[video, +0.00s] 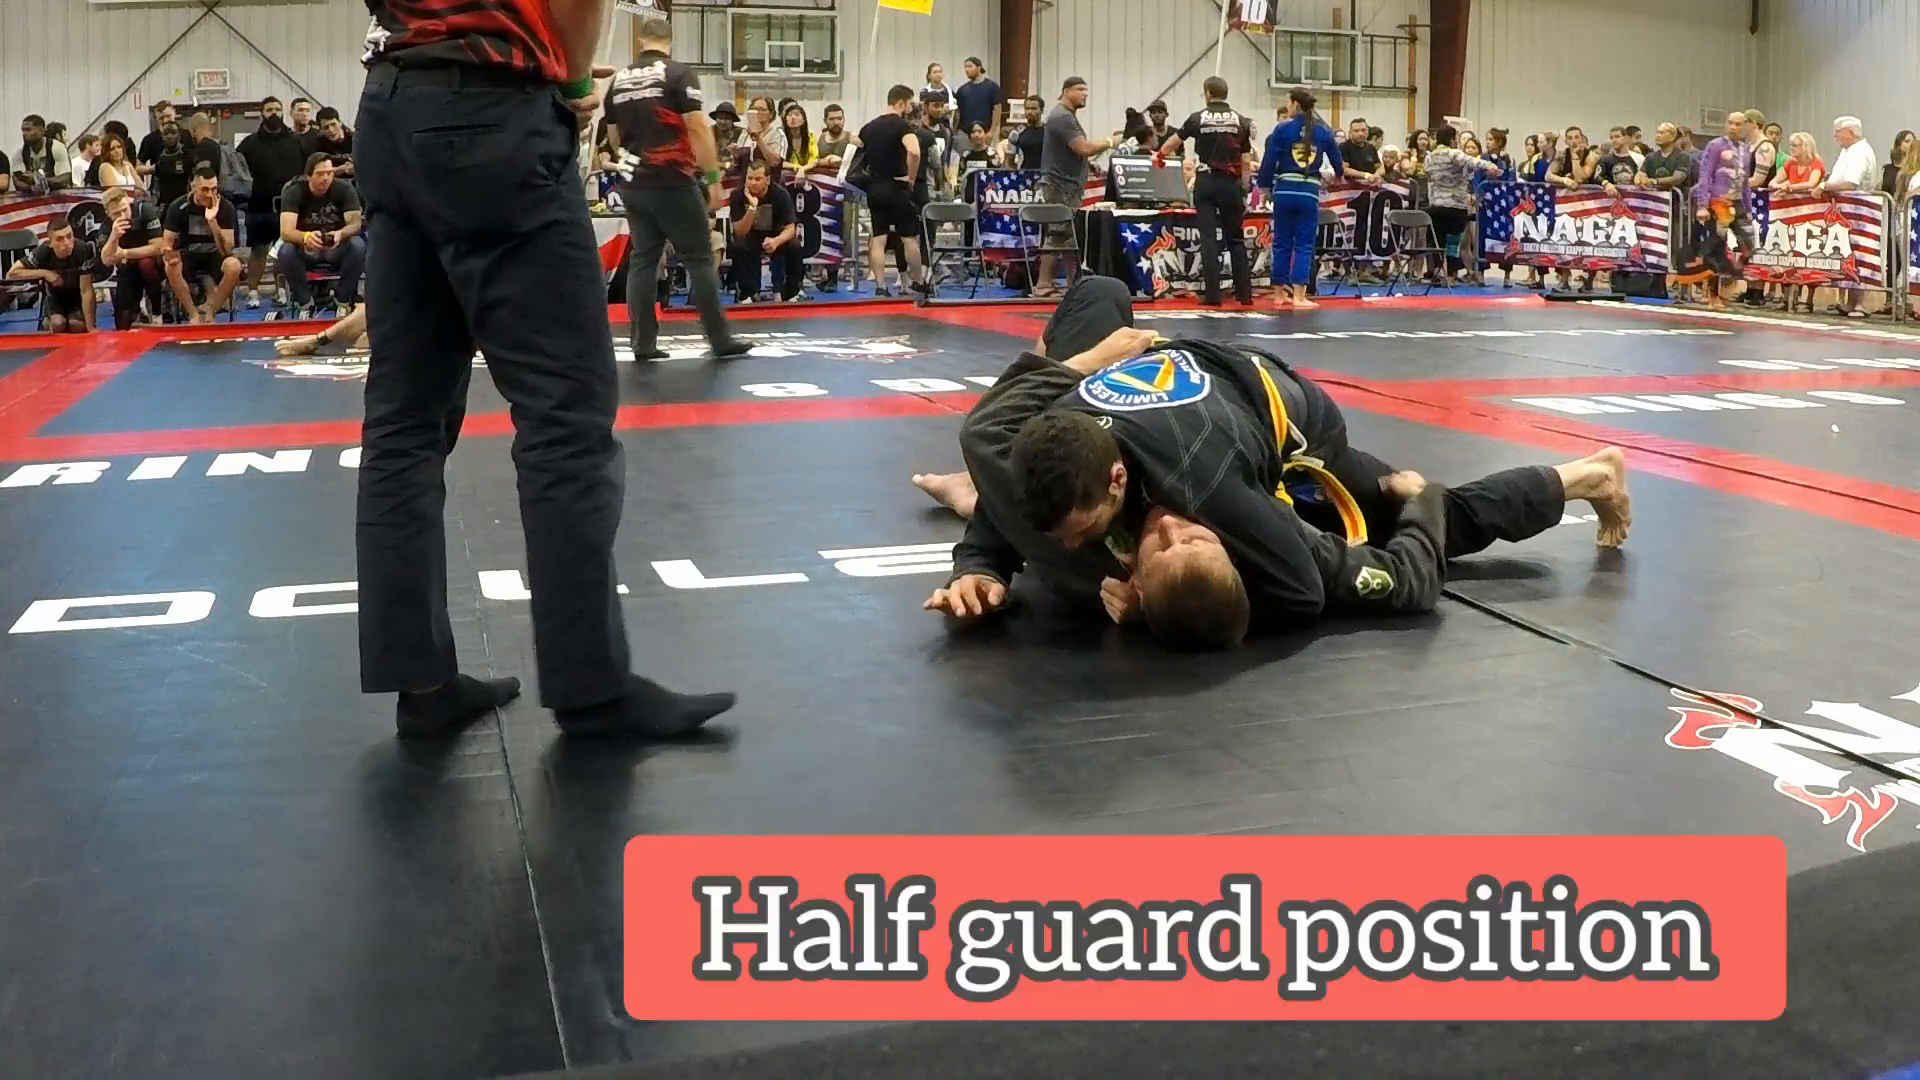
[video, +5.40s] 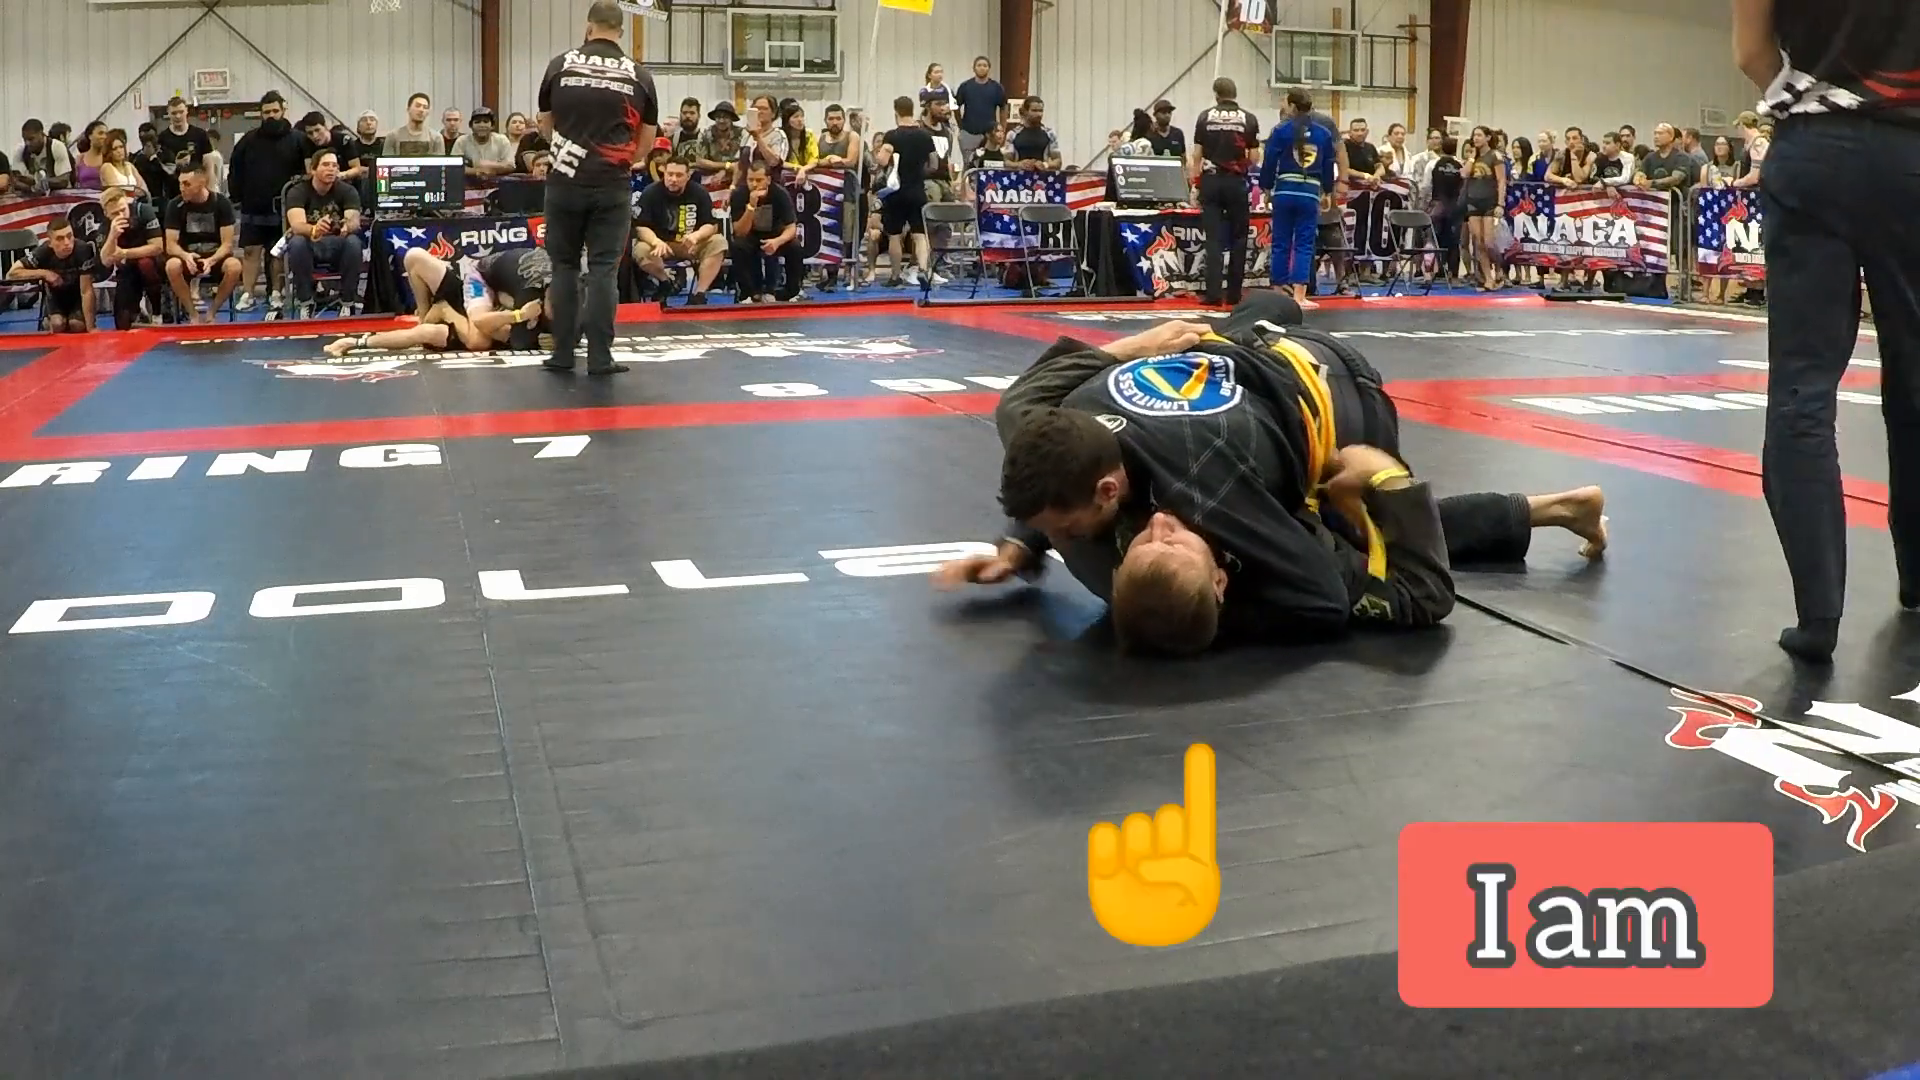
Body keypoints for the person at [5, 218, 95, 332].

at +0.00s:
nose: (67, 243)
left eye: (69, 237)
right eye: (60, 239)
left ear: (73, 235)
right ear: (50, 241)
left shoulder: (83, 249)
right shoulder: (44, 251)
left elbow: (86, 290)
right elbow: (12, 273)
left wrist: (91, 328)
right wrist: (44, 273)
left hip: (78, 292)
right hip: (56, 292)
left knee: (78, 325)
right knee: (58, 323)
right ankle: (46, 324)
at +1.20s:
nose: (67, 243)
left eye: (69, 237)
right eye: (60, 239)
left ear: (73, 235)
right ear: (50, 241)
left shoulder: (83, 250)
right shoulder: (44, 251)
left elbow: (86, 291)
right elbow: (12, 273)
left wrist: (91, 328)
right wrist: (44, 273)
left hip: (78, 291)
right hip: (55, 292)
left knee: (76, 324)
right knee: (58, 323)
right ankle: (46, 323)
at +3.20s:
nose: (67, 243)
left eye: (69, 237)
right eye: (60, 239)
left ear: (73, 235)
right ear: (50, 241)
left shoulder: (83, 249)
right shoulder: (44, 251)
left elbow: (86, 290)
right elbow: (12, 274)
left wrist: (91, 328)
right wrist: (44, 273)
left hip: (78, 292)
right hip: (55, 292)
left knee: (76, 325)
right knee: (58, 323)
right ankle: (46, 323)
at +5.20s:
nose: (67, 243)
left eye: (69, 237)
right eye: (60, 239)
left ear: (73, 235)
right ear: (50, 241)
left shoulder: (83, 249)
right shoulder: (43, 251)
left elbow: (86, 290)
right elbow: (12, 273)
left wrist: (91, 327)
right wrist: (44, 273)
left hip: (78, 291)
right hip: (55, 292)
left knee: (77, 324)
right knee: (57, 323)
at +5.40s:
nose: (67, 243)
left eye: (69, 237)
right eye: (60, 239)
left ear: (73, 235)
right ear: (50, 240)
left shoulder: (83, 249)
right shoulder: (44, 251)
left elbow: (86, 290)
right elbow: (12, 273)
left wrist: (91, 327)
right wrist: (44, 273)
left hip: (78, 291)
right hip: (55, 292)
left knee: (77, 324)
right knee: (58, 323)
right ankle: (46, 323)